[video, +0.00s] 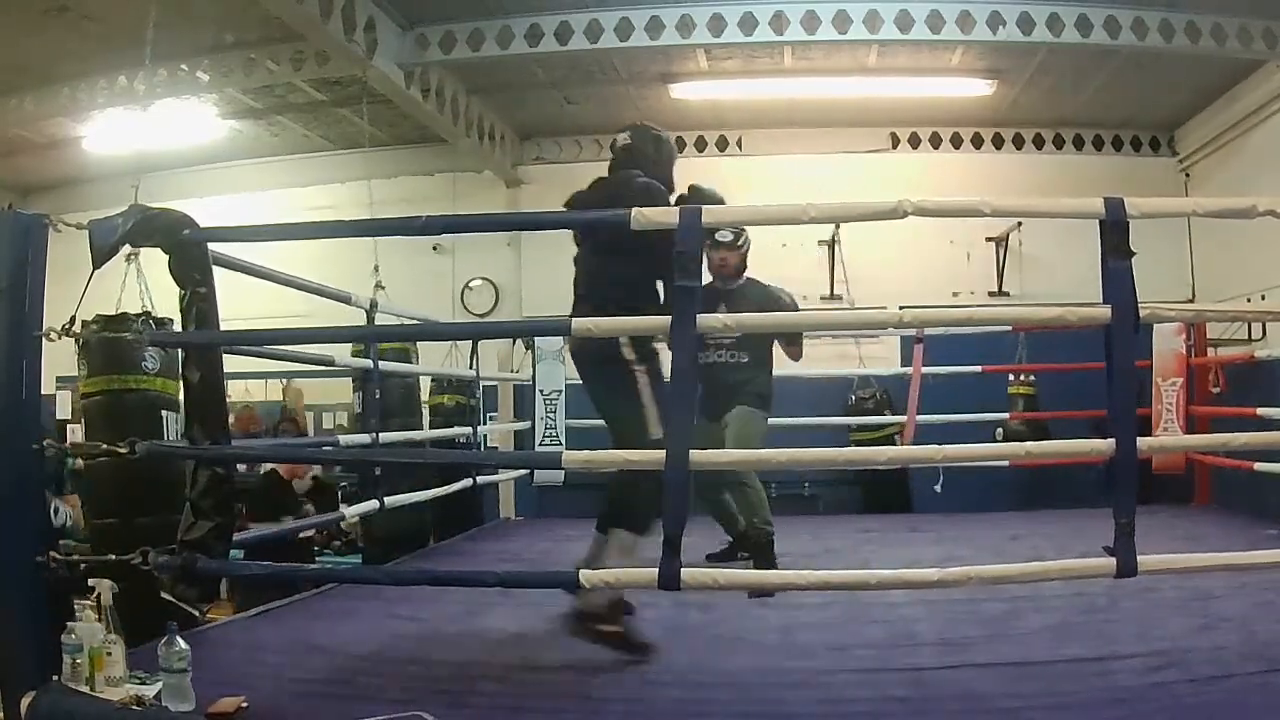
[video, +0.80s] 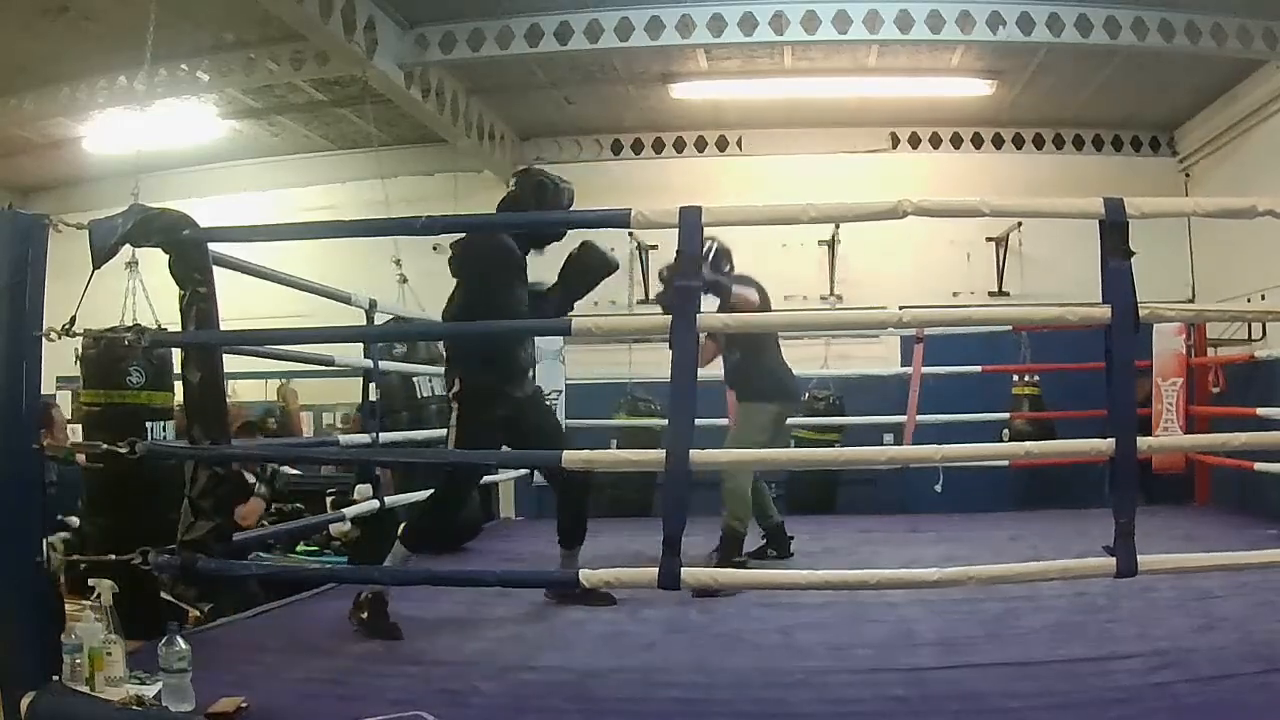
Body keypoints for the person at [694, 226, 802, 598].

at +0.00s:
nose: (720, 257)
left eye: (728, 250)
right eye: (714, 251)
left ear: (743, 253)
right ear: (706, 255)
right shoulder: (697, 299)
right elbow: (679, 342)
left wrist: (788, 313)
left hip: (749, 397)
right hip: (709, 398)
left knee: (736, 465)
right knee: (700, 471)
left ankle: (764, 555)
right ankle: (742, 539)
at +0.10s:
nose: (708, 256)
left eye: (715, 248)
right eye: (704, 249)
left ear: (733, 250)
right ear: (699, 254)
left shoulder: (757, 284)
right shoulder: (698, 297)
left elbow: (799, 308)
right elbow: (677, 340)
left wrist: (780, 268)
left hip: (749, 394)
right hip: (713, 398)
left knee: (735, 465)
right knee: (705, 472)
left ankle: (752, 558)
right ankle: (739, 540)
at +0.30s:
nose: (696, 267)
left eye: (700, 259)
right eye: (693, 261)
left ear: (715, 257)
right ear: (698, 263)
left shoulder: (741, 282)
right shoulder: (705, 296)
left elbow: (769, 297)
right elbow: (675, 336)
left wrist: (738, 266)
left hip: (753, 396)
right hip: (729, 398)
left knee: (731, 471)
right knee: (709, 467)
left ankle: (741, 555)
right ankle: (758, 529)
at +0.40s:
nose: (685, 281)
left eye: (689, 273)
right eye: (680, 276)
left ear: (709, 270)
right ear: (680, 279)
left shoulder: (743, 297)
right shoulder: (697, 309)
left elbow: (767, 341)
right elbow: (687, 350)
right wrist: (662, 315)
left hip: (762, 405)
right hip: (735, 407)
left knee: (713, 466)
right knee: (714, 469)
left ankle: (736, 552)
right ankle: (764, 533)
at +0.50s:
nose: (676, 320)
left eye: (680, 312)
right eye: (671, 313)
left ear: (696, 312)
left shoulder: (730, 330)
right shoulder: (701, 351)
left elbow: (758, 356)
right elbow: (695, 402)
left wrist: (714, 357)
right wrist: (667, 364)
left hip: (767, 425)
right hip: (746, 426)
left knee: (706, 477)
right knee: (729, 478)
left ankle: (728, 561)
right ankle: (775, 543)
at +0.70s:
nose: (688, 313)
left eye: (689, 306)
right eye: (686, 307)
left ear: (704, 301)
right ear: (716, 296)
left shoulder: (734, 315)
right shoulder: (722, 339)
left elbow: (744, 340)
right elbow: (708, 389)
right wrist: (670, 355)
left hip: (765, 424)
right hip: (772, 426)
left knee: (710, 468)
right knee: (735, 477)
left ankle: (725, 557)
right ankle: (777, 541)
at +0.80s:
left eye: (695, 274)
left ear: (713, 269)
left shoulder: (743, 286)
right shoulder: (723, 313)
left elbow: (750, 304)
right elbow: (702, 357)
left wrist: (717, 286)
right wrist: (679, 323)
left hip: (767, 393)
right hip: (756, 396)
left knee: (735, 466)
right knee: (744, 470)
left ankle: (730, 549)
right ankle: (777, 539)